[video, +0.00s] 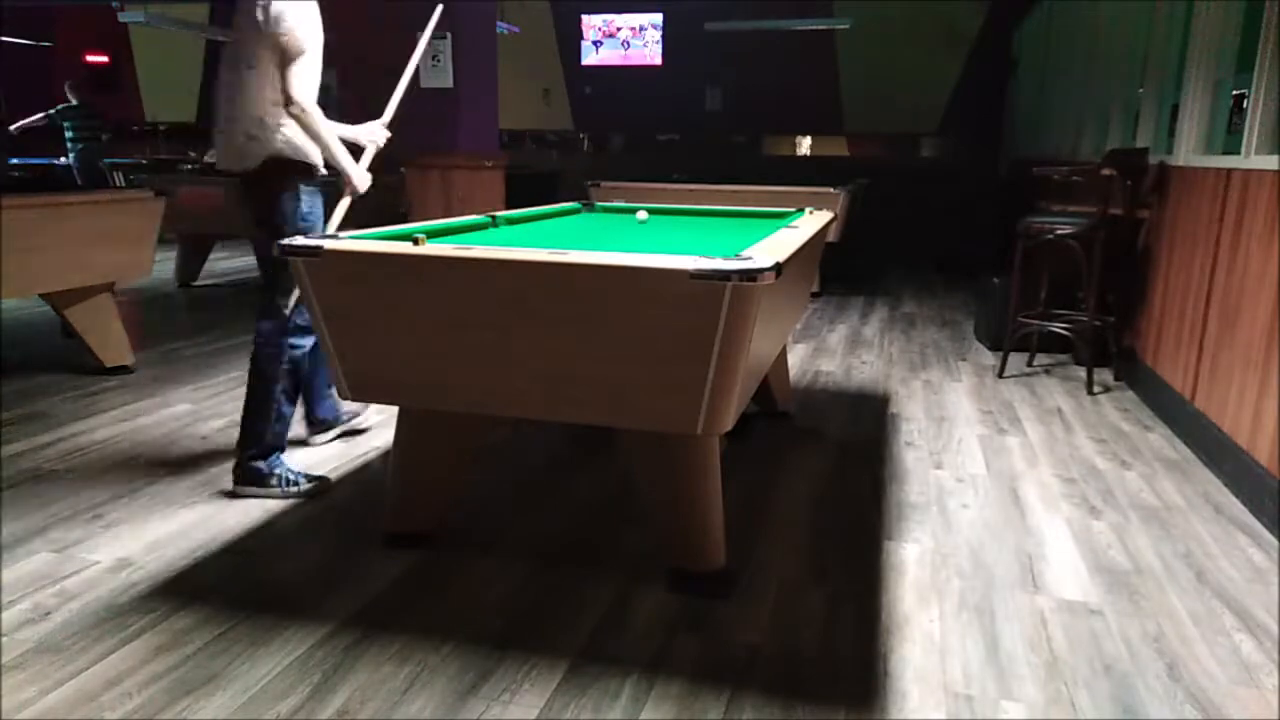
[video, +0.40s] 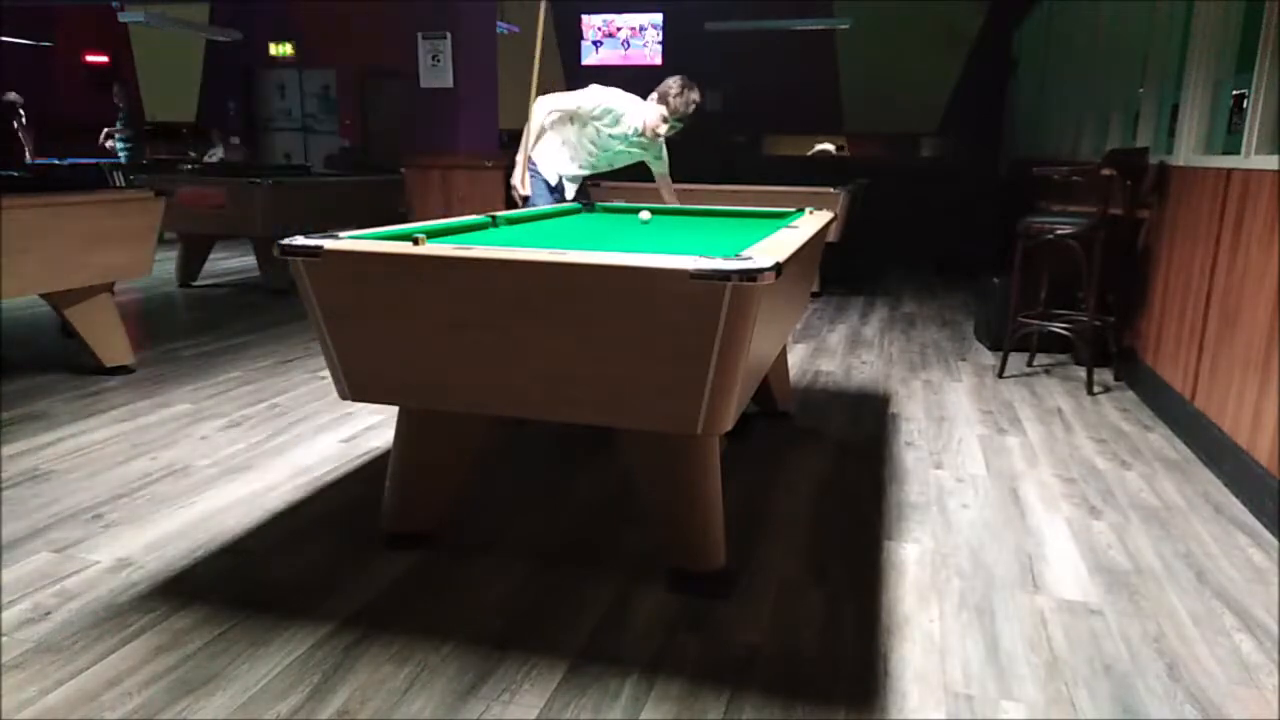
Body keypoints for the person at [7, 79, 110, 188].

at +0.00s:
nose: (69, 95)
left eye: (68, 92)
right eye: (70, 92)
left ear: (69, 94)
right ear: (83, 91)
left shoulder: (66, 110)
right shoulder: (94, 109)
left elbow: (41, 118)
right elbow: (107, 133)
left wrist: (18, 126)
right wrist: (98, 143)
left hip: (78, 153)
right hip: (96, 151)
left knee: (86, 187)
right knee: (102, 184)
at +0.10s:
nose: (66, 94)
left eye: (68, 90)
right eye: (67, 90)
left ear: (72, 91)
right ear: (83, 91)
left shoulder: (71, 109)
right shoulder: (95, 109)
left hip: (78, 157)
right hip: (96, 155)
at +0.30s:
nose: (86, 93)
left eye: (90, 90)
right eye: (86, 89)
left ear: (98, 92)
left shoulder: (95, 110)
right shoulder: (111, 108)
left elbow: (92, 130)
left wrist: (77, 135)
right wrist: (83, 136)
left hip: (101, 150)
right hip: (114, 148)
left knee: (97, 181)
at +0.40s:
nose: (115, 99)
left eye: (118, 95)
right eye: (114, 95)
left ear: (125, 95)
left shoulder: (130, 112)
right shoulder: (122, 113)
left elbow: (130, 131)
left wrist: (108, 131)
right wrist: (112, 143)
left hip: (131, 154)